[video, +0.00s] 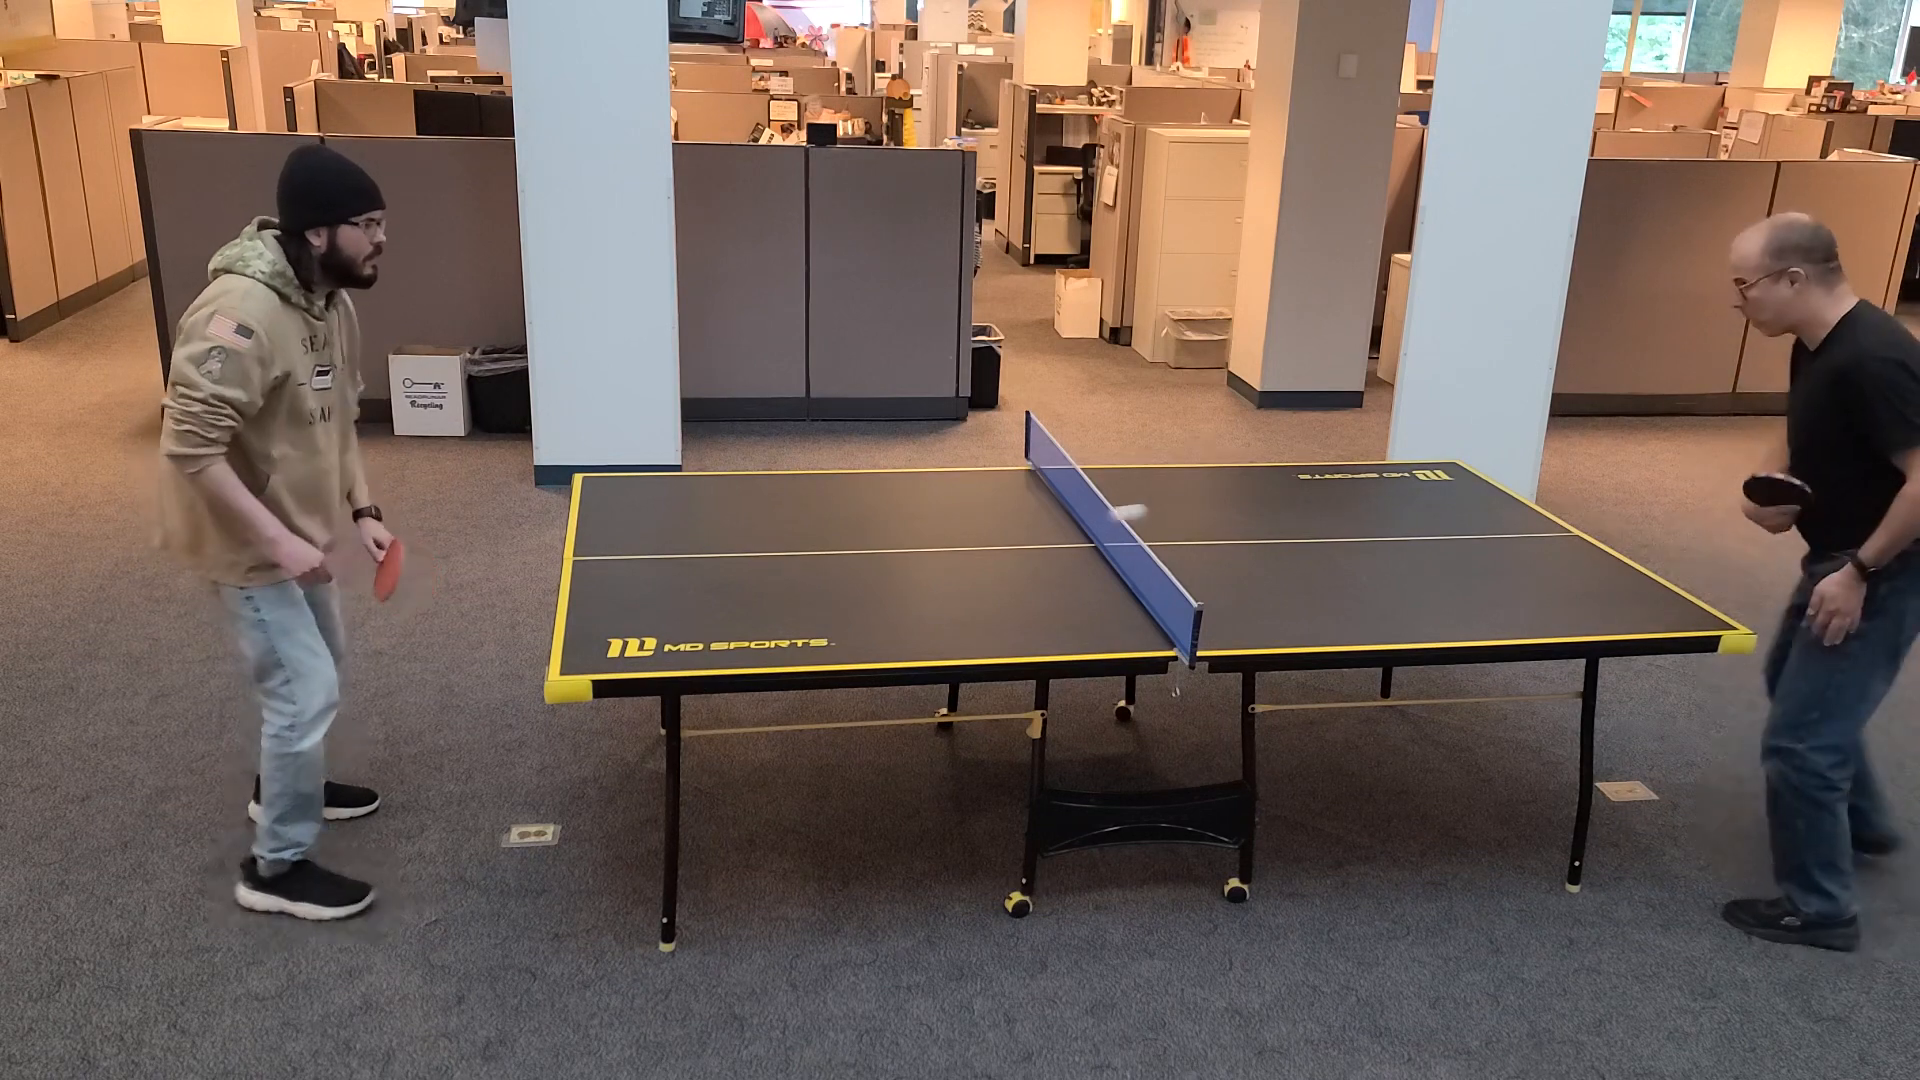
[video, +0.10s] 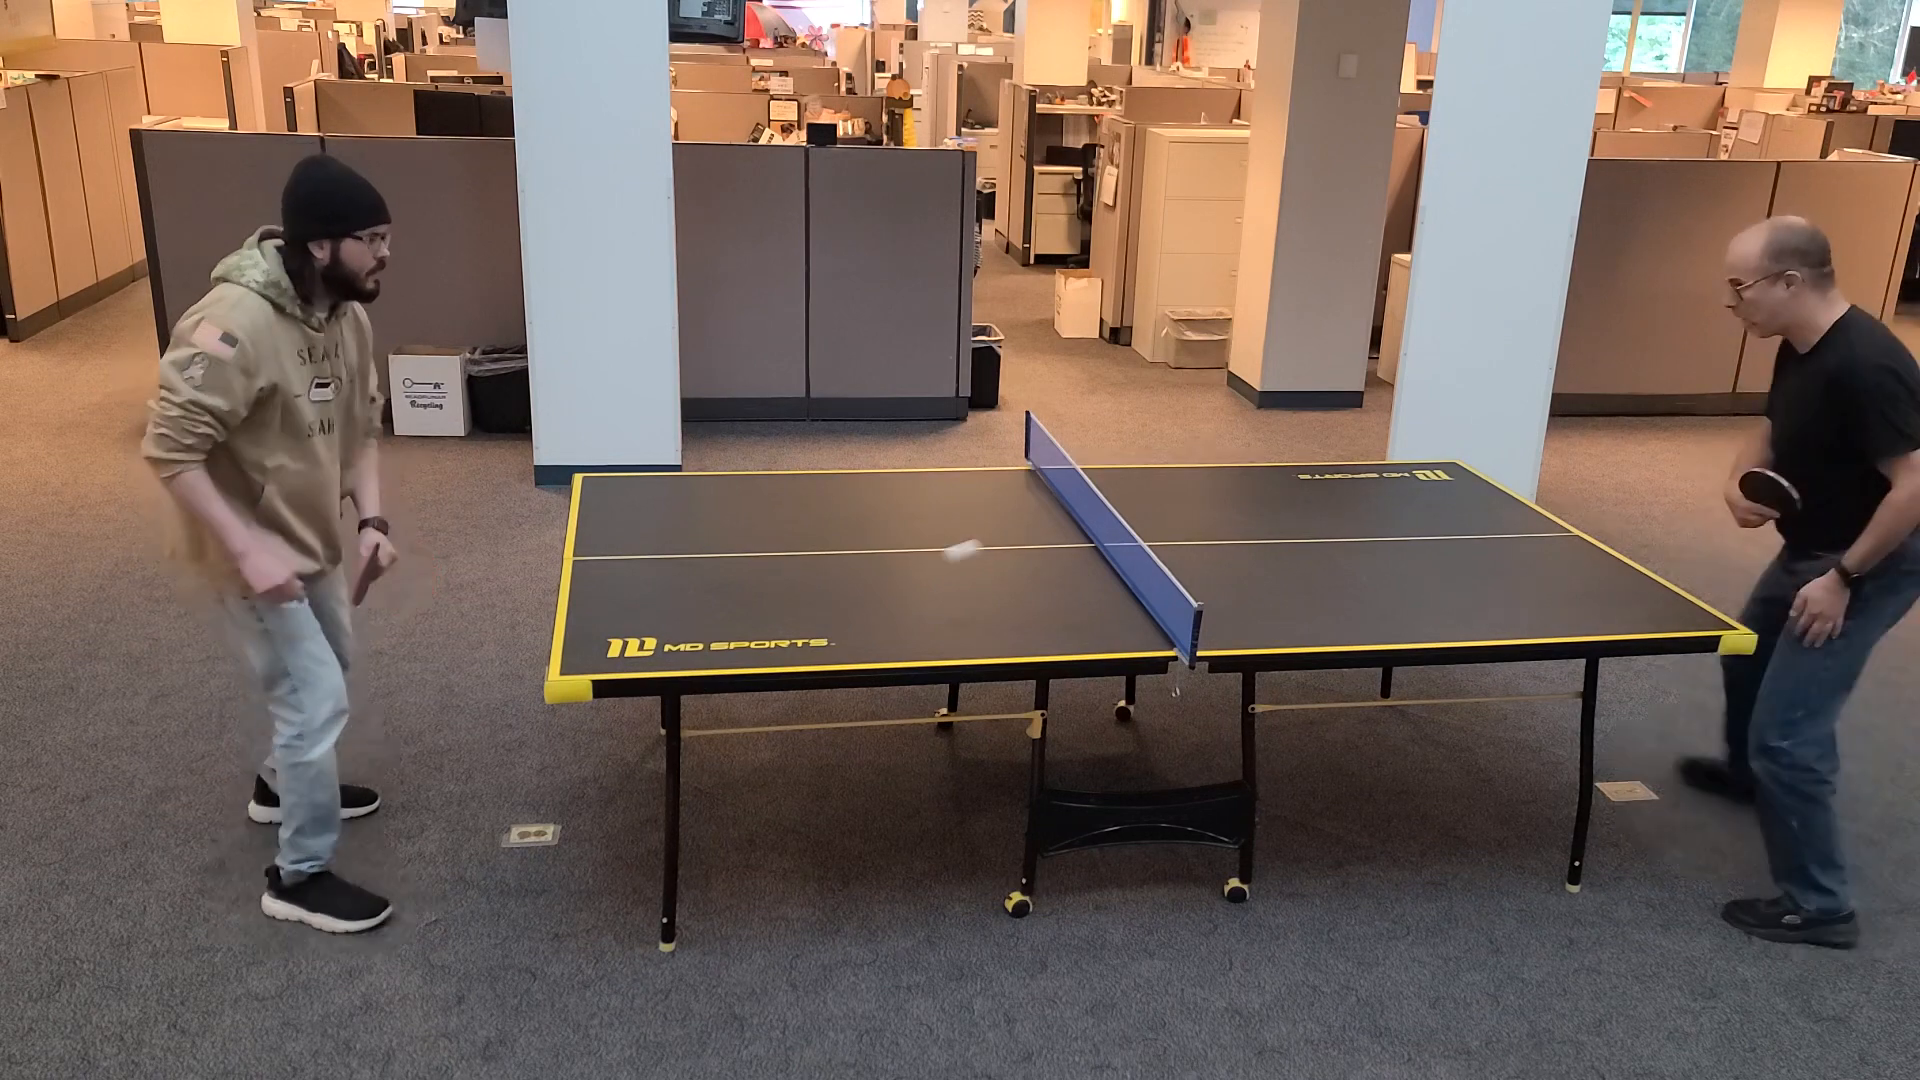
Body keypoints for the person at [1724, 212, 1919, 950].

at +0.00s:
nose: (1738, 297)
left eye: (1746, 283)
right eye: (1736, 284)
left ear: (1796, 279)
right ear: (1797, 279)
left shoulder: (1877, 358)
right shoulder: (1815, 345)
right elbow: (1815, 442)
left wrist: (1859, 572)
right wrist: (1780, 494)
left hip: (1884, 577)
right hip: (1834, 561)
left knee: (1799, 741)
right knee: (1789, 680)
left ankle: (1821, 907)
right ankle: (1865, 823)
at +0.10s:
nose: (1731, 300)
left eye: (1740, 286)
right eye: (1731, 285)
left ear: (1793, 282)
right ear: (1789, 282)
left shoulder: (1868, 364)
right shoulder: (1799, 344)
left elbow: (1912, 487)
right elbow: (1776, 432)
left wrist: (1843, 578)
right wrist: (1748, 479)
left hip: (1874, 564)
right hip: (1810, 547)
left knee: (1785, 732)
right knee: (1745, 650)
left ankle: (1819, 905)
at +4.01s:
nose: (1789, 303)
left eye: (1804, 294)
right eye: (1789, 290)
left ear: (1857, 297)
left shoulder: (1911, 358)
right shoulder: (1806, 354)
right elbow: (1768, 426)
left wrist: (1840, 497)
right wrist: (1735, 472)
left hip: (1903, 525)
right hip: (1832, 515)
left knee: (1886, 672)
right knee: (1761, 596)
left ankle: (1901, 820)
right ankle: (1737, 691)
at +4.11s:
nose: (1768, 301)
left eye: (1782, 291)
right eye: (1767, 289)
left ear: (1834, 292)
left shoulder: (1899, 353)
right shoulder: (1782, 346)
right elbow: (1751, 421)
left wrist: (1835, 492)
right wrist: (1716, 470)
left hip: (1892, 511)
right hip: (1811, 497)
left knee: (1879, 659)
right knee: (1739, 587)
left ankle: (1898, 806)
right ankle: (1735, 687)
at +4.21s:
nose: (1757, 295)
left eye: (1772, 285)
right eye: (1756, 282)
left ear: (1825, 285)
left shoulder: (1887, 343)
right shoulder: (1767, 341)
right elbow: (1734, 411)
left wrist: (1835, 487)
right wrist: (1707, 466)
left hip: (1888, 499)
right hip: (1805, 488)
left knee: (1863, 631)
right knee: (1735, 584)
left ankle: (1879, 787)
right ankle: (1732, 689)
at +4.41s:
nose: (1726, 287)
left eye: (1738, 277)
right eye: (1726, 275)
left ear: (1787, 276)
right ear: (1771, 277)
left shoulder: (1859, 336)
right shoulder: (1750, 326)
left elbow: (1911, 436)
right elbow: (1687, 362)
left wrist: (1842, 495)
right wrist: (1627, 420)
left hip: (1865, 497)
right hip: (1787, 479)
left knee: (1852, 641)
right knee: (1688, 566)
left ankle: (1882, 785)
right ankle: (1679, 661)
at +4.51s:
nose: (1704, 277)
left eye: (1716, 267)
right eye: (1703, 265)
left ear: (1763, 267)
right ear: (1748, 266)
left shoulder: (1825, 323)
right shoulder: (1719, 311)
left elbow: (1901, 412)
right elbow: (1637, 319)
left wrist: (1834, 490)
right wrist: (1563, 361)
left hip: (1838, 491)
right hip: (1761, 477)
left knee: (1844, 632)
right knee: (1679, 567)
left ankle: (1876, 777)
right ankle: (1660, 665)